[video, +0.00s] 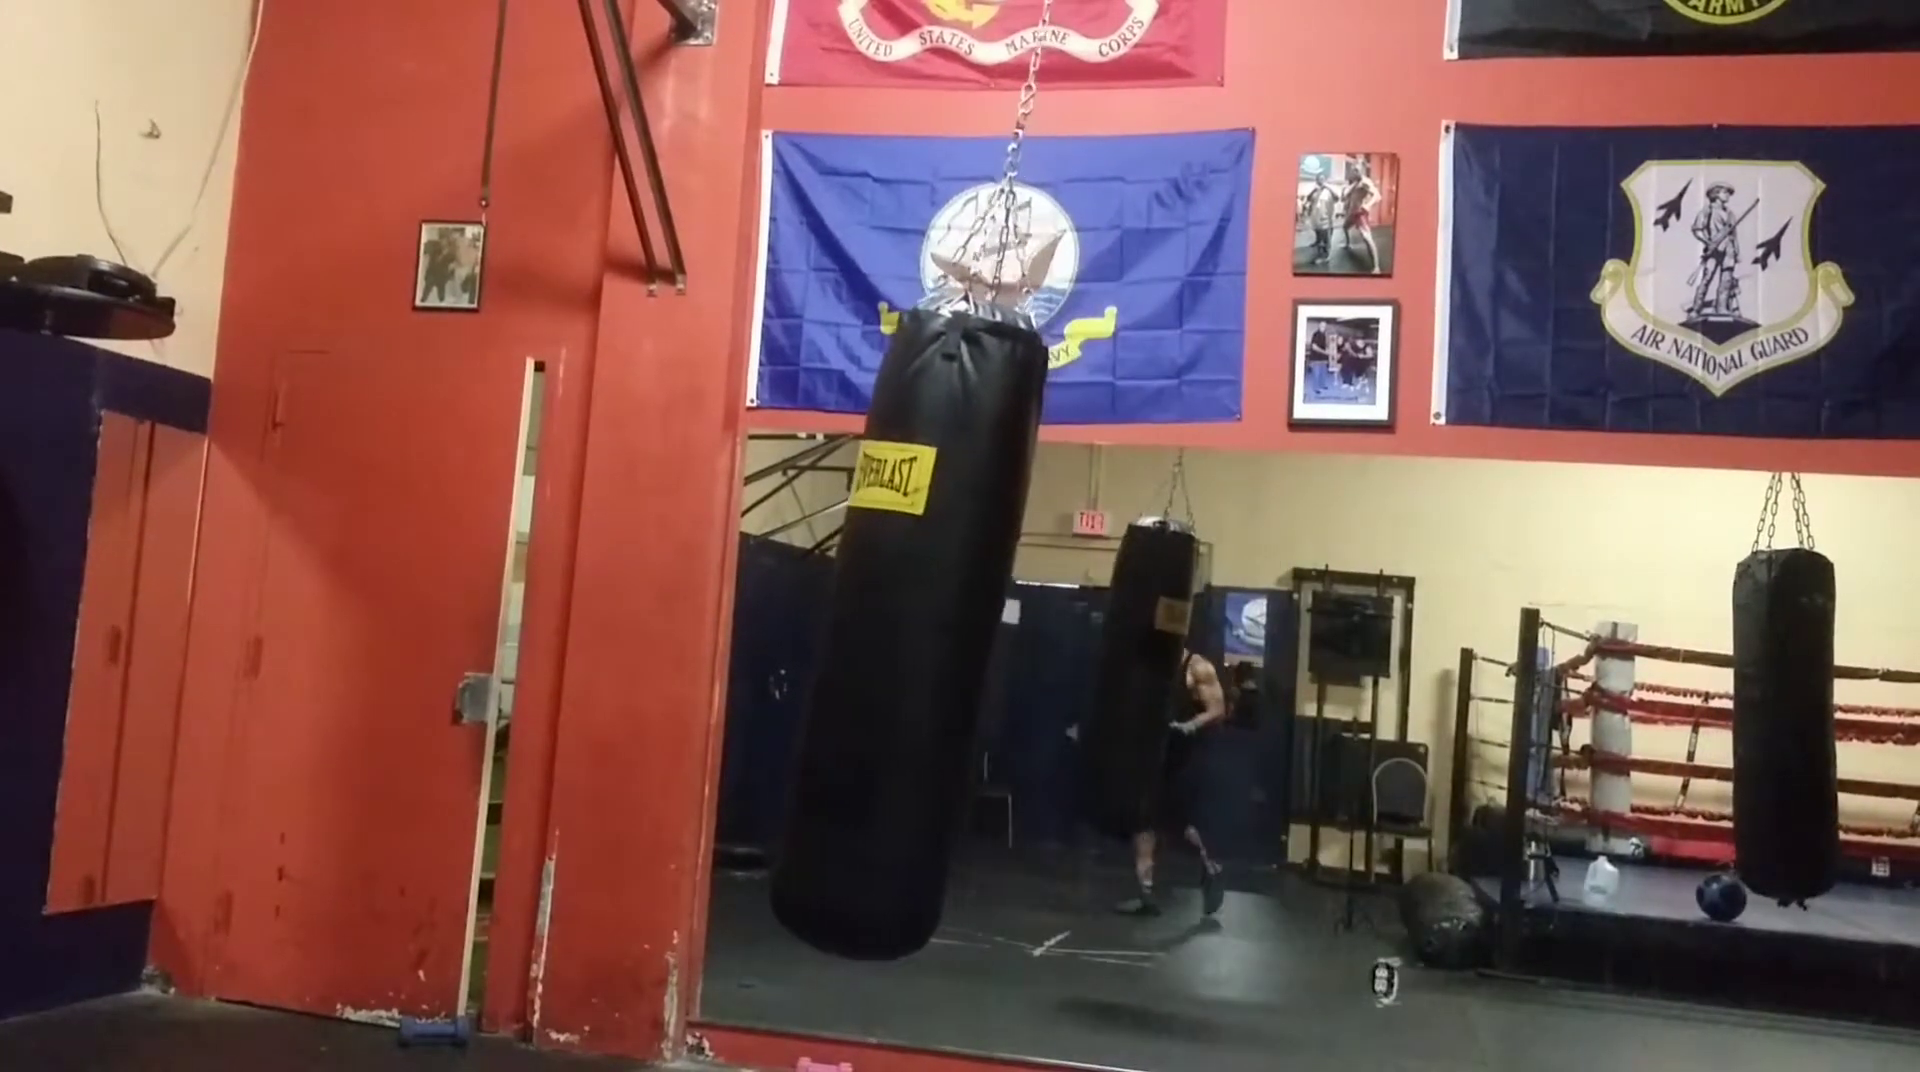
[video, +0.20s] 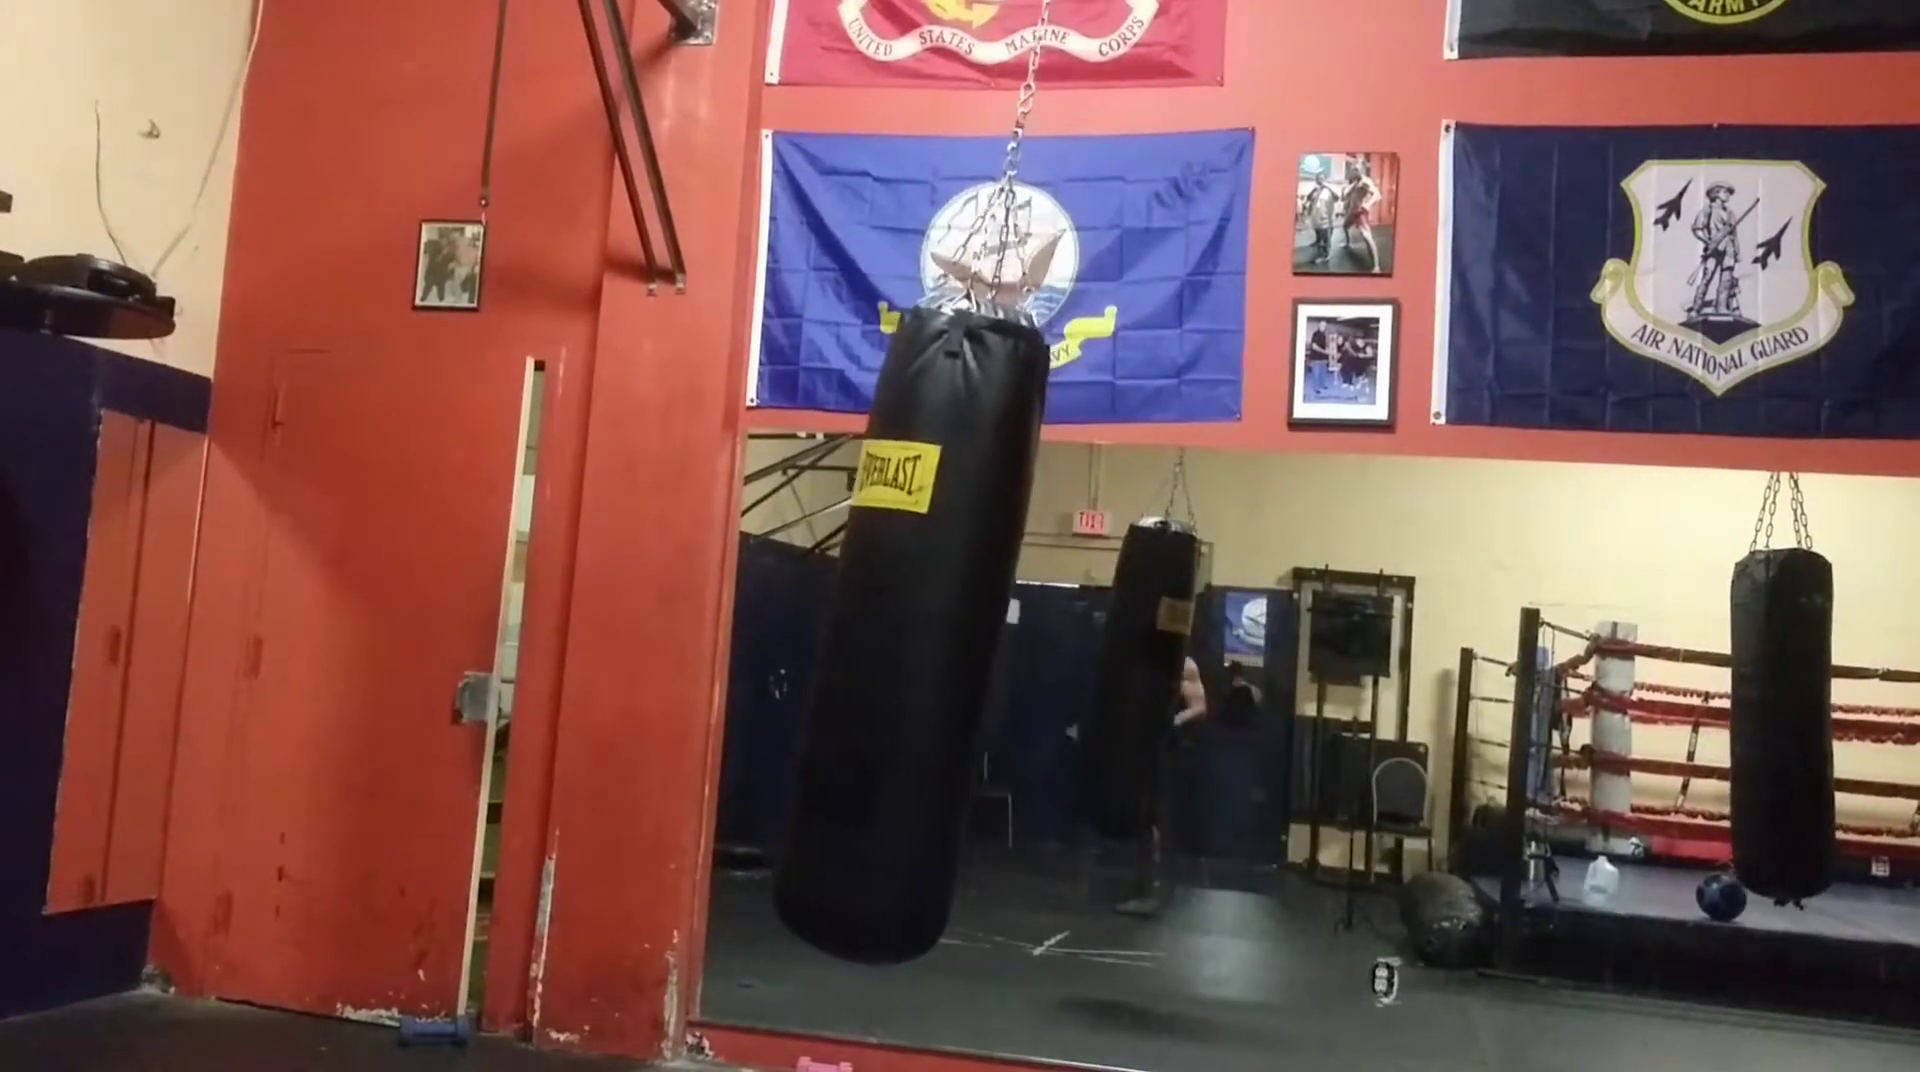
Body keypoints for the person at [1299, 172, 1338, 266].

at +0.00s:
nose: (1320, 182)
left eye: (1321, 180)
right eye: (1318, 180)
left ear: (1324, 180)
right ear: (1316, 181)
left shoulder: (1328, 191)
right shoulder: (1315, 192)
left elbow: (1336, 199)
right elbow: (1309, 199)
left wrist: (1328, 188)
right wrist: (1314, 191)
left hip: (1326, 217)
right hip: (1315, 217)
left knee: (1325, 239)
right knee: (1318, 238)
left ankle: (1325, 255)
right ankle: (1319, 254)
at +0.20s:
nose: (1320, 182)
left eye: (1322, 179)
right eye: (1318, 180)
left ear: (1324, 180)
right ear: (1316, 180)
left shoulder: (1328, 191)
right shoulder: (1315, 191)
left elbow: (1336, 198)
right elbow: (1308, 198)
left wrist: (1329, 188)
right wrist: (1314, 191)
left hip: (1325, 217)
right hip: (1315, 217)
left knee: (1325, 238)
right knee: (1318, 238)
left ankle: (1325, 255)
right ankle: (1318, 253)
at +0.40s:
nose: (1320, 182)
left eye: (1322, 180)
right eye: (1318, 180)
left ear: (1324, 180)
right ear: (1316, 181)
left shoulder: (1328, 192)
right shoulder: (1315, 192)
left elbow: (1336, 199)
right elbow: (1308, 199)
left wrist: (1329, 189)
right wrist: (1314, 191)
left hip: (1325, 217)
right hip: (1315, 217)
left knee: (1325, 238)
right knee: (1318, 238)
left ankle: (1325, 255)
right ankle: (1318, 254)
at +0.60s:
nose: (1320, 182)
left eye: (1322, 180)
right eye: (1318, 180)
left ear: (1324, 180)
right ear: (1316, 181)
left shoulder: (1328, 192)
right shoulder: (1315, 192)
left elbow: (1336, 199)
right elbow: (1308, 199)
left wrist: (1329, 189)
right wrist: (1314, 192)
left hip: (1325, 217)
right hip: (1315, 217)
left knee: (1325, 239)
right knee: (1318, 238)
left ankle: (1325, 255)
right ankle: (1318, 254)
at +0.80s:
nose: (1320, 182)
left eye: (1322, 180)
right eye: (1318, 180)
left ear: (1325, 180)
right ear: (1316, 181)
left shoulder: (1329, 191)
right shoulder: (1314, 192)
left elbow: (1335, 199)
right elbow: (1309, 199)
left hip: (1325, 217)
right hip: (1315, 217)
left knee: (1325, 239)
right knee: (1318, 238)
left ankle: (1325, 255)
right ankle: (1319, 254)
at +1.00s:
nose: (1319, 182)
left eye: (1321, 180)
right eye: (1318, 180)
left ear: (1324, 180)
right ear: (1316, 181)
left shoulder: (1329, 192)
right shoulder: (1315, 192)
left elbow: (1336, 198)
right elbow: (1309, 199)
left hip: (1325, 218)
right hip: (1315, 217)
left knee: (1325, 239)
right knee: (1318, 238)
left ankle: (1324, 255)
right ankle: (1318, 253)